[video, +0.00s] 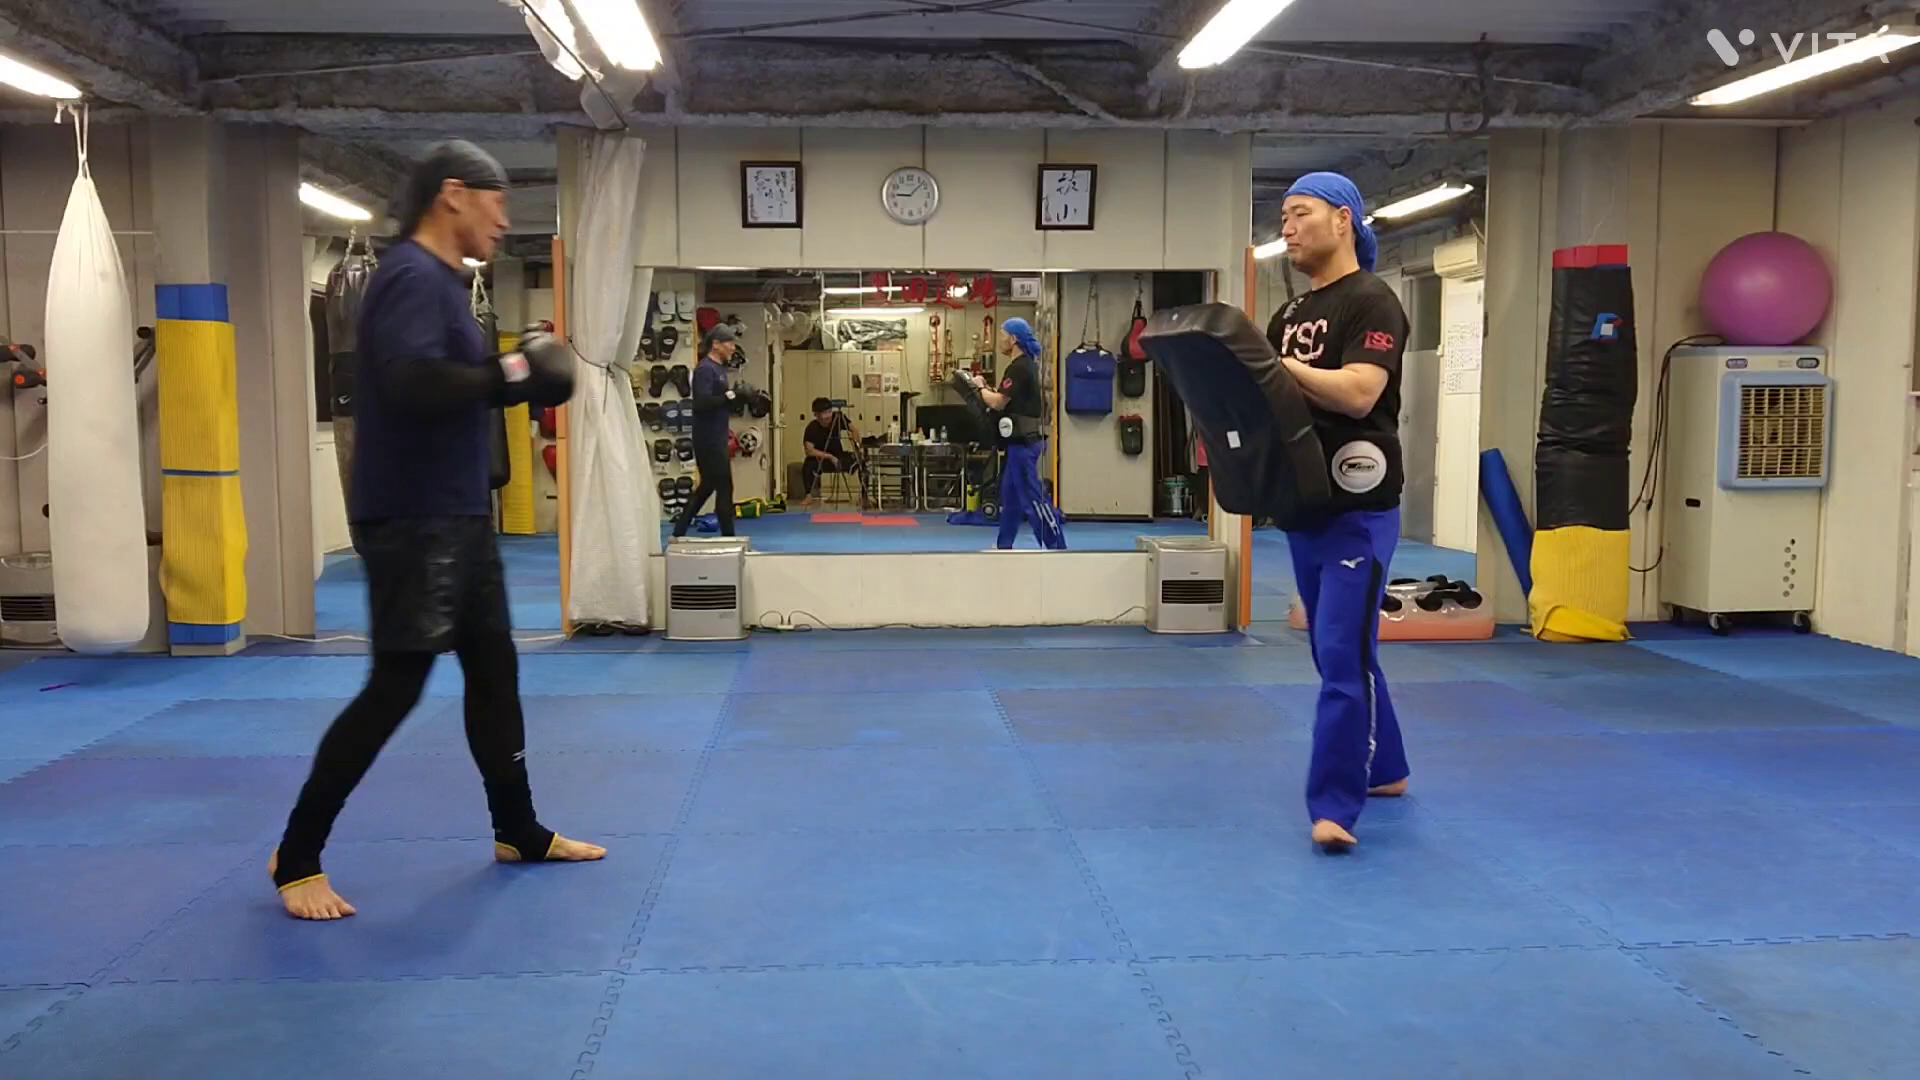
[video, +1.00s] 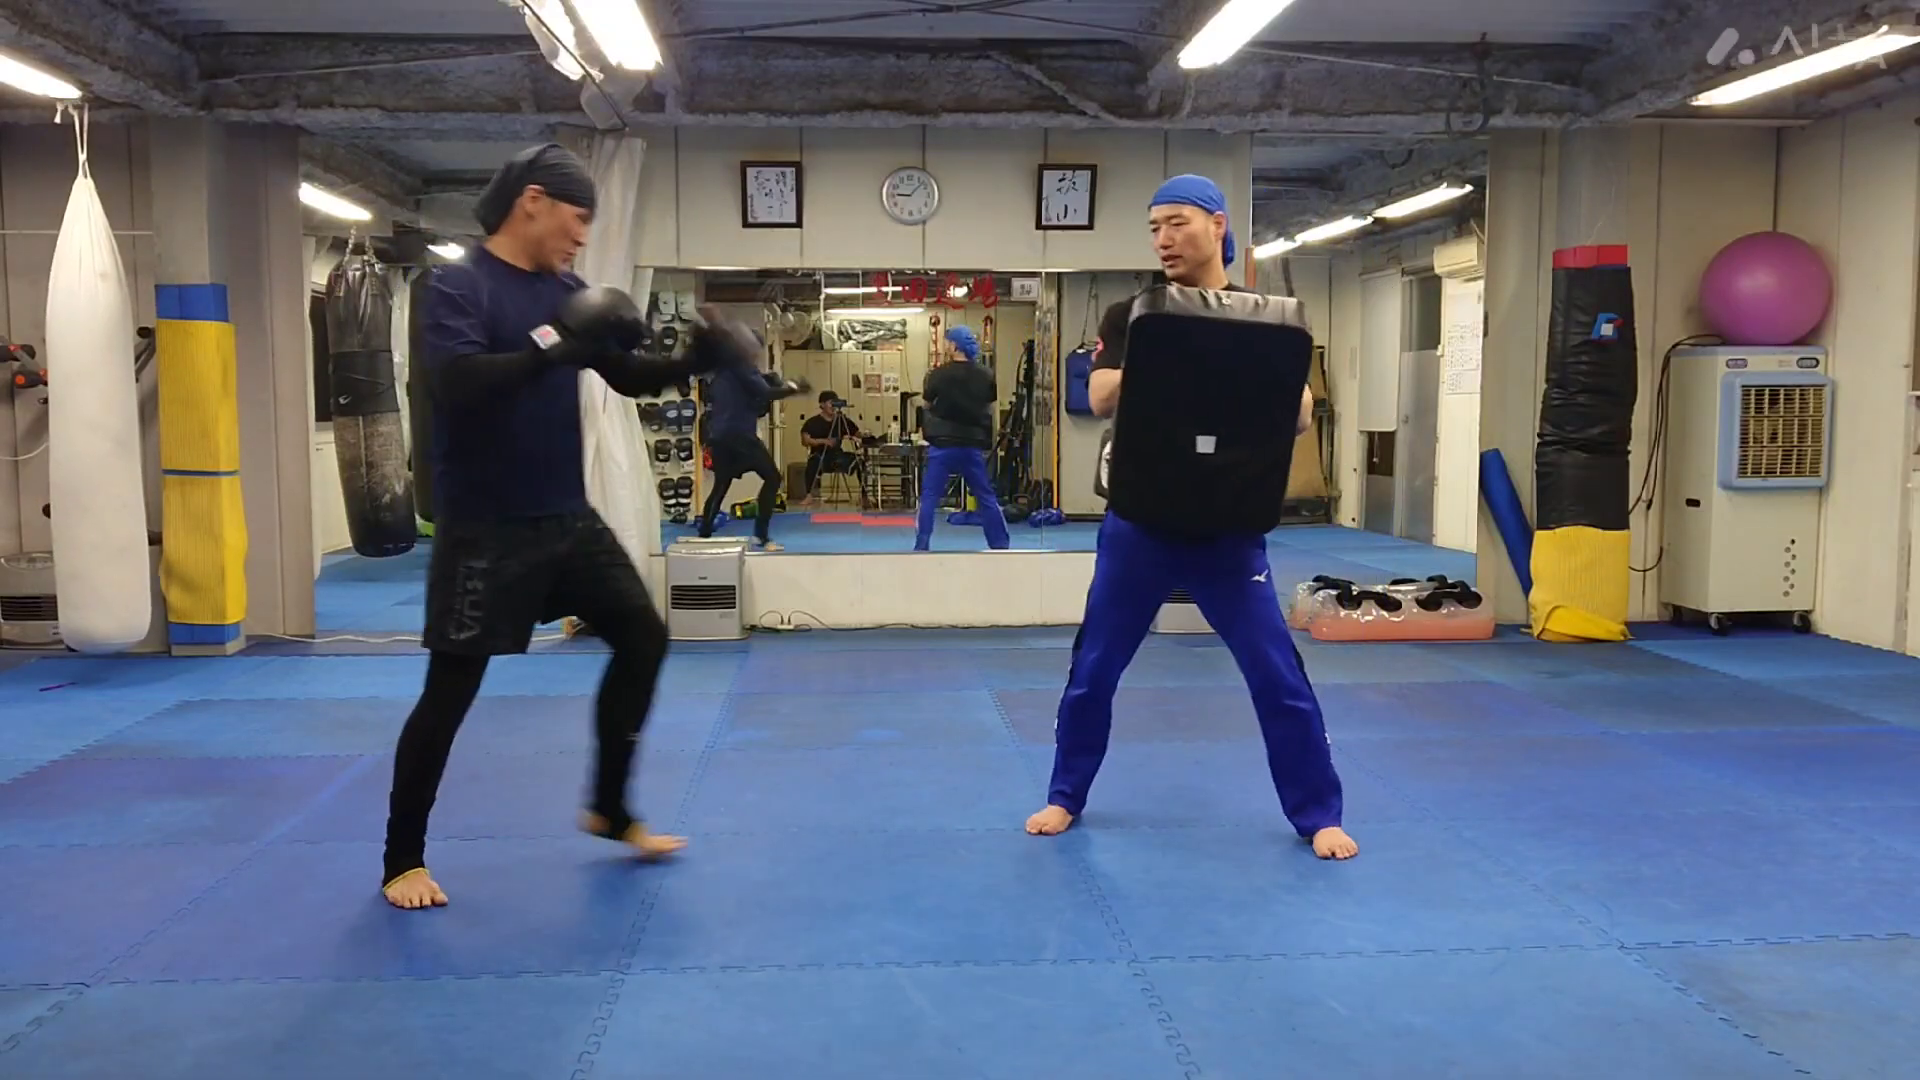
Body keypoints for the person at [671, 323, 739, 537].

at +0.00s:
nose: (734, 348)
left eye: (734, 344)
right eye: (730, 344)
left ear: (719, 346)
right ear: (716, 344)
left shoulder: (718, 369)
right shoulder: (705, 369)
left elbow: (720, 401)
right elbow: (702, 403)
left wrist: (738, 395)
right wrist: (730, 396)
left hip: (715, 436)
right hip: (709, 437)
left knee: (708, 484)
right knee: (723, 486)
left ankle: (678, 532)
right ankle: (729, 538)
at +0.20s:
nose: (745, 356)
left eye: (747, 352)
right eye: (743, 350)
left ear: (734, 347)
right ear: (731, 345)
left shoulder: (726, 368)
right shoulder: (717, 368)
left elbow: (734, 395)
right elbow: (732, 395)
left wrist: (751, 374)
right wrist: (752, 376)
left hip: (724, 432)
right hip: (715, 433)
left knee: (729, 481)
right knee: (725, 480)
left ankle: (730, 537)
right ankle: (692, 527)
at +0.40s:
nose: (749, 351)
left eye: (750, 347)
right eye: (748, 346)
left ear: (736, 345)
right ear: (737, 344)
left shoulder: (724, 364)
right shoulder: (722, 366)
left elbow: (739, 392)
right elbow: (740, 394)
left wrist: (755, 376)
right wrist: (761, 377)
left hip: (720, 432)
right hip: (720, 433)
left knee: (724, 482)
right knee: (731, 482)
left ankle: (702, 529)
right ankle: (731, 535)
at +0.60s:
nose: (751, 354)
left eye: (752, 349)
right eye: (749, 348)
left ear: (737, 348)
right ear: (737, 347)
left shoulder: (718, 367)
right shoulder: (725, 370)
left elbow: (723, 401)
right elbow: (726, 402)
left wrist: (746, 392)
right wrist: (748, 392)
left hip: (712, 435)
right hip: (725, 436)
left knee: (720, 483)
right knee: (754, 477)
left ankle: (704, 532)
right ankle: (740, 533)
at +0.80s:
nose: (752, 354)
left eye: (753, 350)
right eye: (751, 349)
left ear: (737, 346)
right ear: (739, 346)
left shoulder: (718, 366)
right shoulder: (732, 369)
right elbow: (745, 398)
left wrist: (755, 375)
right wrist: (762, 384)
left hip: (713, 435)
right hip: (728, 436)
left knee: (722, 484)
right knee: (753, 482)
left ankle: (704, 535)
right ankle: (746, 540)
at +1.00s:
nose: (758, 354)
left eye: (758, 349)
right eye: (756, 349)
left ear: (732, 348)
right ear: (748, 348)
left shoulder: (720, 373)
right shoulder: (744, 369)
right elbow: (764, 392)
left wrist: (766, 384)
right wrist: (789, 389)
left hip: (719, 437)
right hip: (742, 437)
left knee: (720, 485)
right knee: (773, 478)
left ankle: (703, 535)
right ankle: (761, 537)